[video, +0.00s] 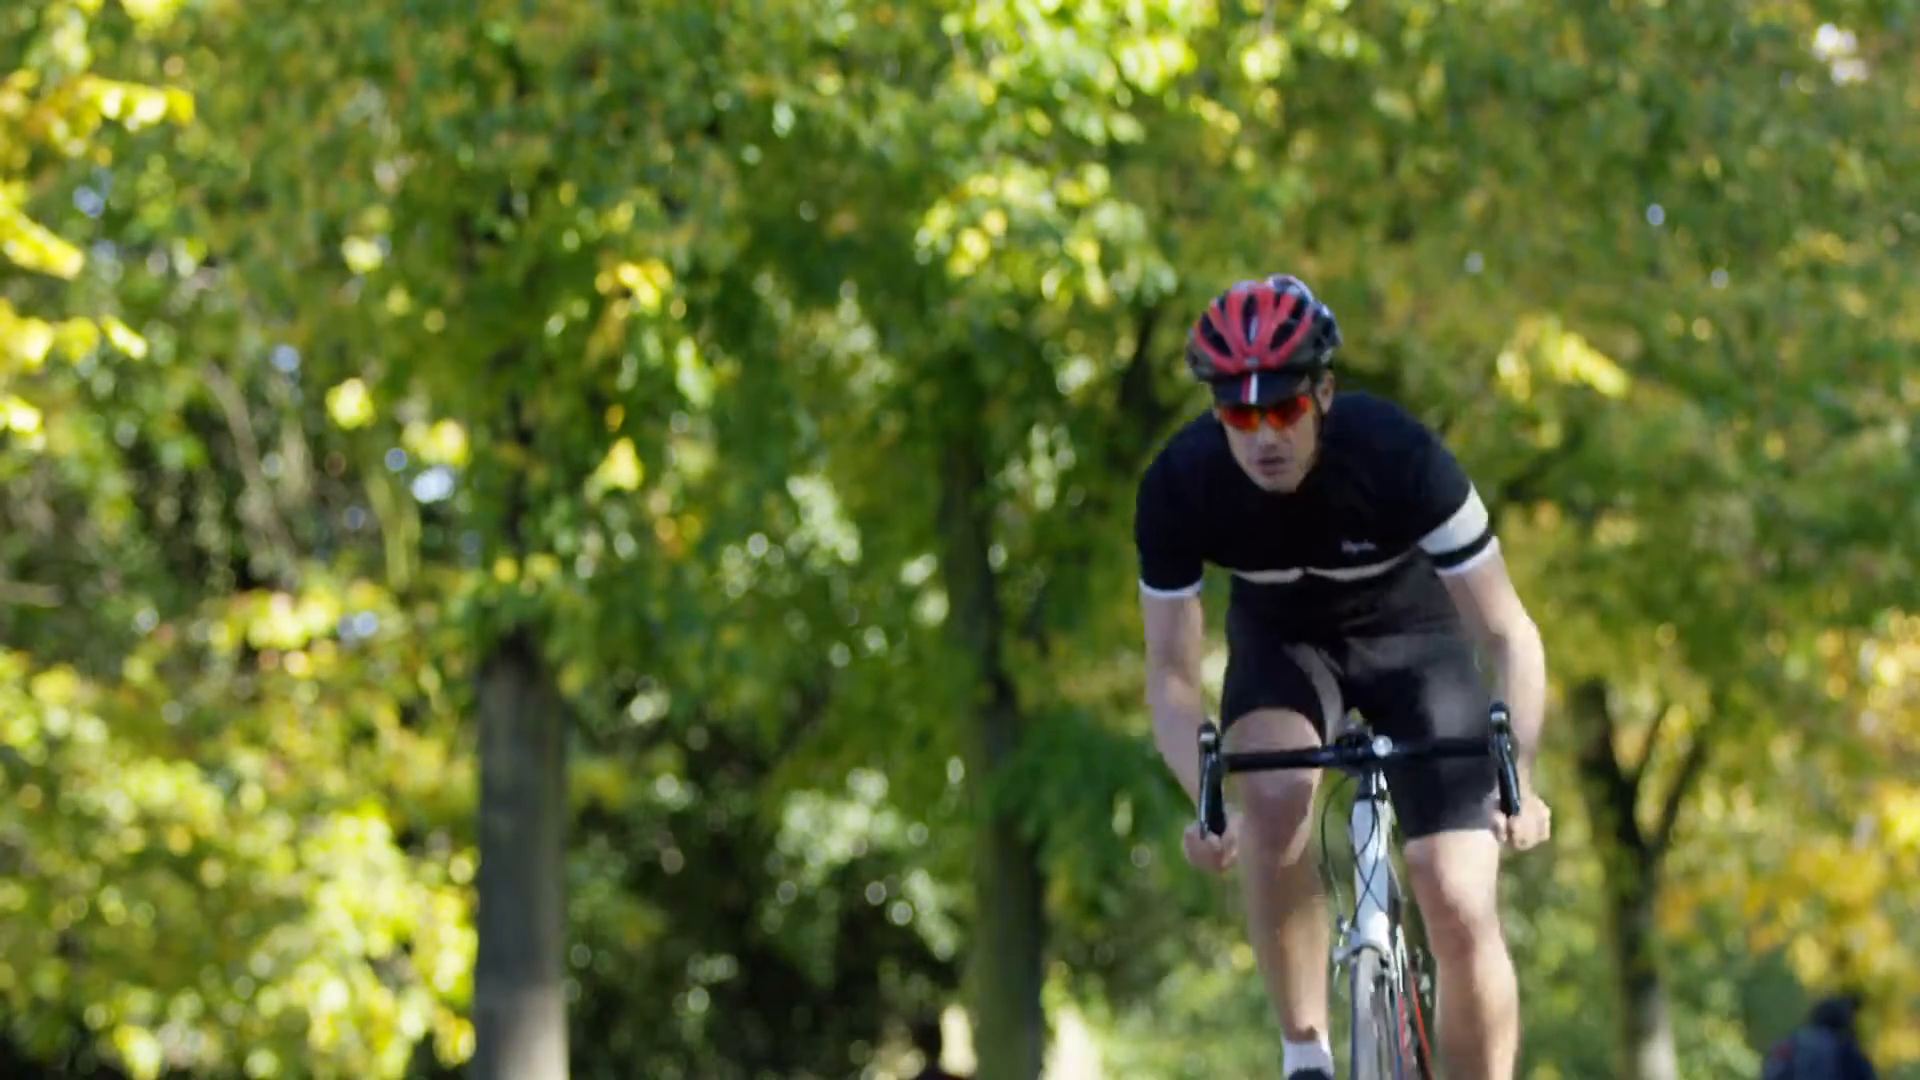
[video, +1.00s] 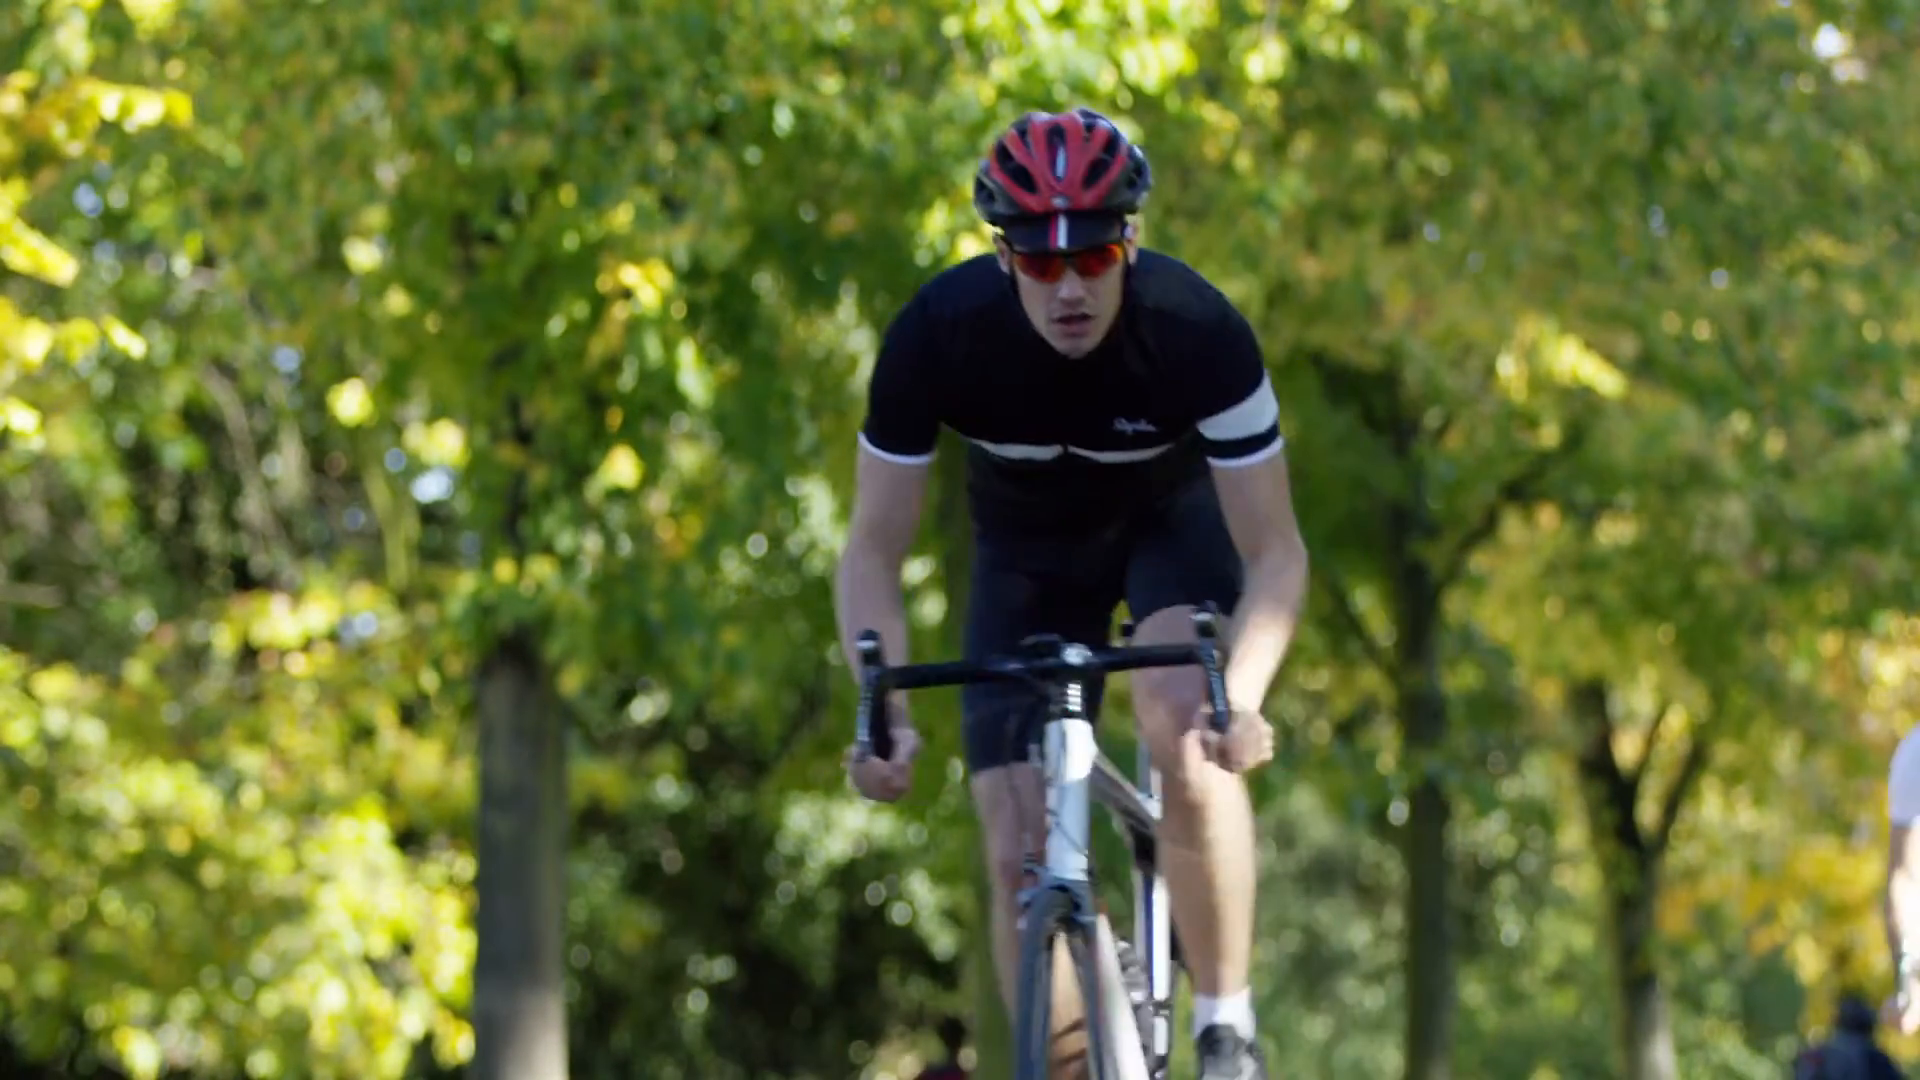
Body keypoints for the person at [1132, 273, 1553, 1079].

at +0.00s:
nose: (1264, 438)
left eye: (1284, 413)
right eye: (1241, 417)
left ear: (1323, 395)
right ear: (1215, 410)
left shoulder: (1397, 455)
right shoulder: (1180, 486)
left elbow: (1510, 628)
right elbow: (1172, 671)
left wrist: (1519, 773)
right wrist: (1207, 798)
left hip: (1415, 621)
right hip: (1279, 632)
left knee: (1458, 898)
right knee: (1270, 800)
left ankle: (1483, 1075)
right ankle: (1307, 1059)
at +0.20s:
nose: (1225, 407)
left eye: (1245, 382)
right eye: (1202, 385)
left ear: (1285, 368)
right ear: (1175, 380)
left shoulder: (1357, 433)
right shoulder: (1130, 470)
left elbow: (1474, 608)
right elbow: (1137, 656)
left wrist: (1504, 758)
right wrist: (1188, 772)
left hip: (1377, 605)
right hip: (1236, 620)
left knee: (1446, 861)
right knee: (1260, 833)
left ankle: (1475, 1071)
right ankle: (1287, 1071)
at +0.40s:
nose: (1194, 387)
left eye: (1217, 360)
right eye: (1170, 364)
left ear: (1257, 347)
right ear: (1140, 357)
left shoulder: (1324, 424)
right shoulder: (1084, 454)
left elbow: (1447, 607)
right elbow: (1092, 641)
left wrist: (1474, 758)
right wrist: (1151, 758)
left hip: (1340, 607)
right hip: (1195, 640)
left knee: (1421, 823)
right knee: (1231, 882)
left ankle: (1456, 1036)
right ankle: (1247, 1073)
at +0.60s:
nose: (1163, 361)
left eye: (1186, 332)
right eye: (1138, 336)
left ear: (1223, 321)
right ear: (1105, 328)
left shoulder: (1284, 401)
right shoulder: (1043, 423)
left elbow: (1399, 598)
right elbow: (1029, 619)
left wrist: (1421, 741)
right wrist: (1081, 739)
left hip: (1293, 595)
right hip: (1143, 622)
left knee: (1361, 770)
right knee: (1186, 916)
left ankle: (1402, 989)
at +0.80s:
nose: (1123, 327)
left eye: (1145, 299)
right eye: (1097, 302)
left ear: (1183, 288)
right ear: (1061, 295)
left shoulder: (1246, 372)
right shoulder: (997, 378)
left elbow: (1341, 580)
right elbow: (955, 583)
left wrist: (1337, 724)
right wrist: (988, 720)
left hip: (1234, 559)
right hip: (1086, 582)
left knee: (1275, 721)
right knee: (1115, 884)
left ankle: (1317, 986)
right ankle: (1140, 1069)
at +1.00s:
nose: (1069, 289)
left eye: (1092, 259)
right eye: (1041, 263)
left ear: (1128, 245)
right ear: (1005, 254)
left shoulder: (1196, 329)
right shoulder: (937, 334)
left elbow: (1277, 551)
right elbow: (872, 547)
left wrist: (1241, 694)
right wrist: (882, 705)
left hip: (1171, 516)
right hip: (1021, 532)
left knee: (1185, 738)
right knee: (1018, 845)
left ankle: (1226, 1034)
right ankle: (1064, 1067)